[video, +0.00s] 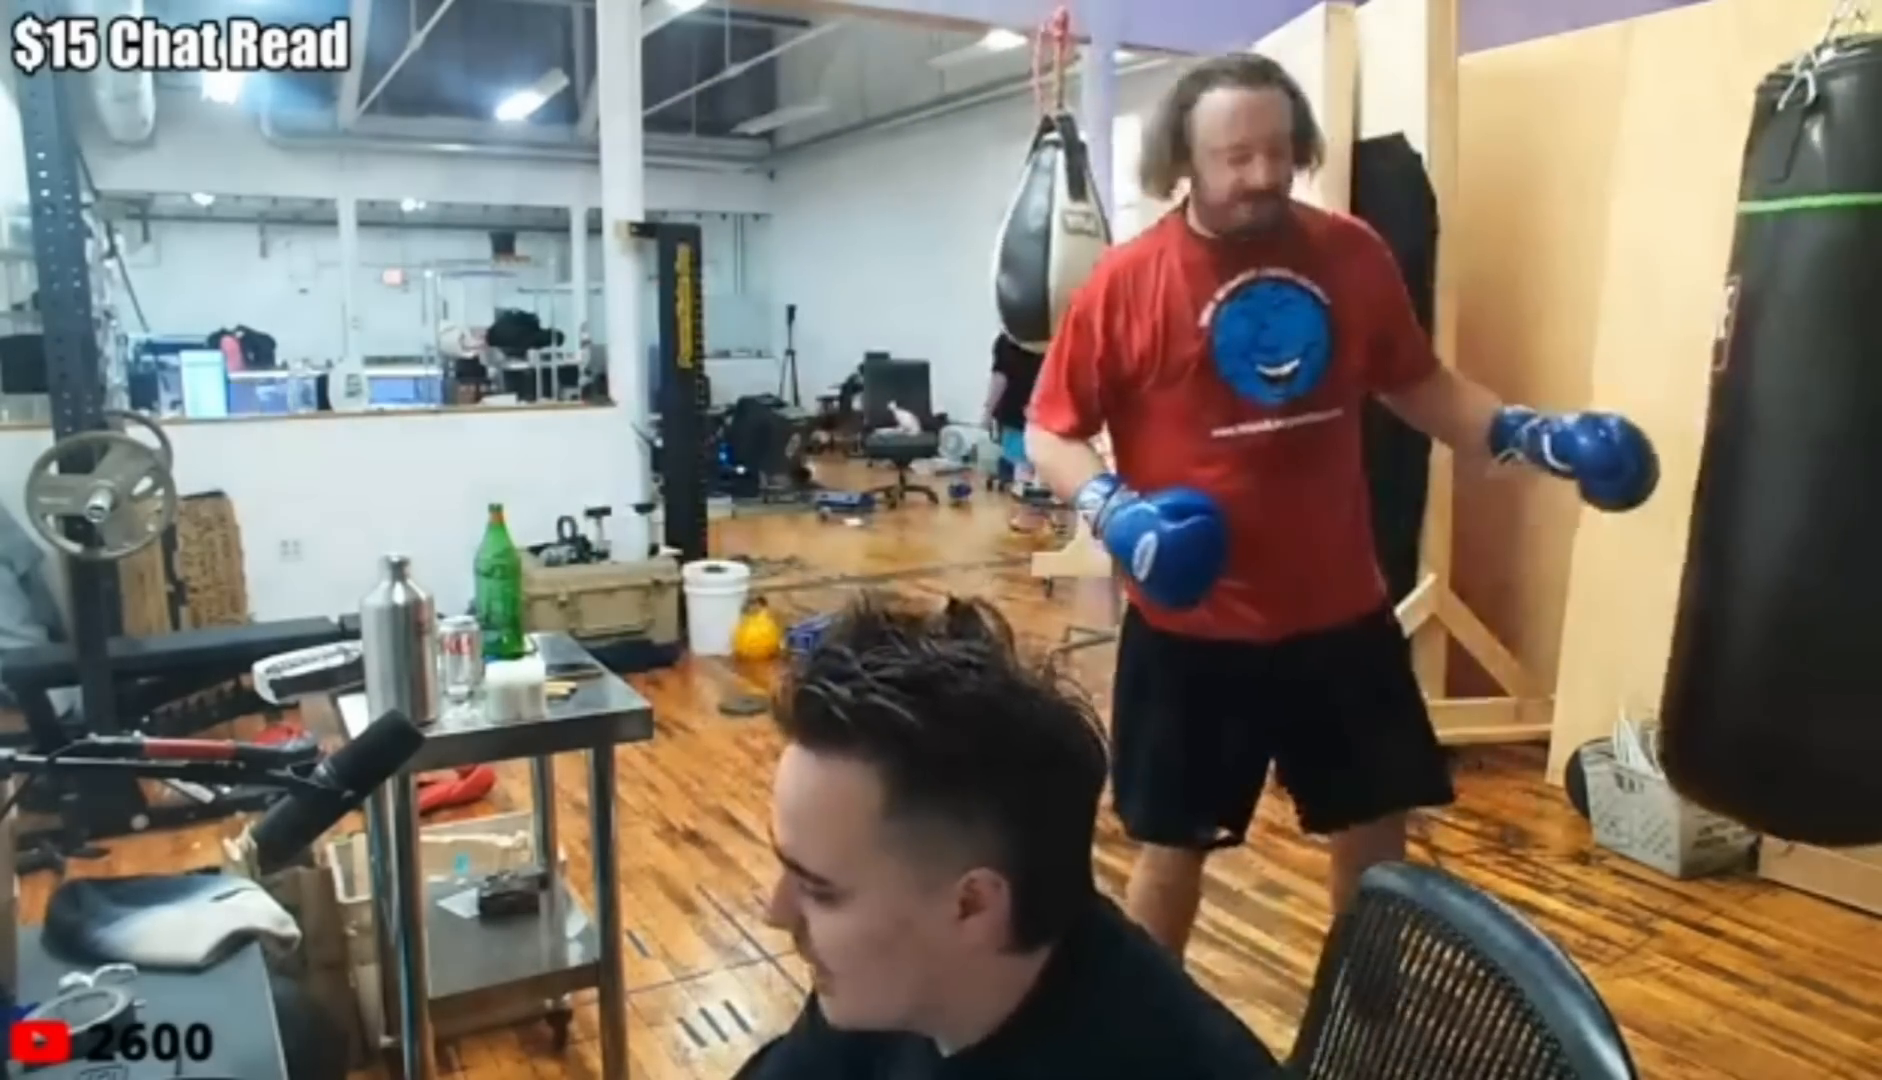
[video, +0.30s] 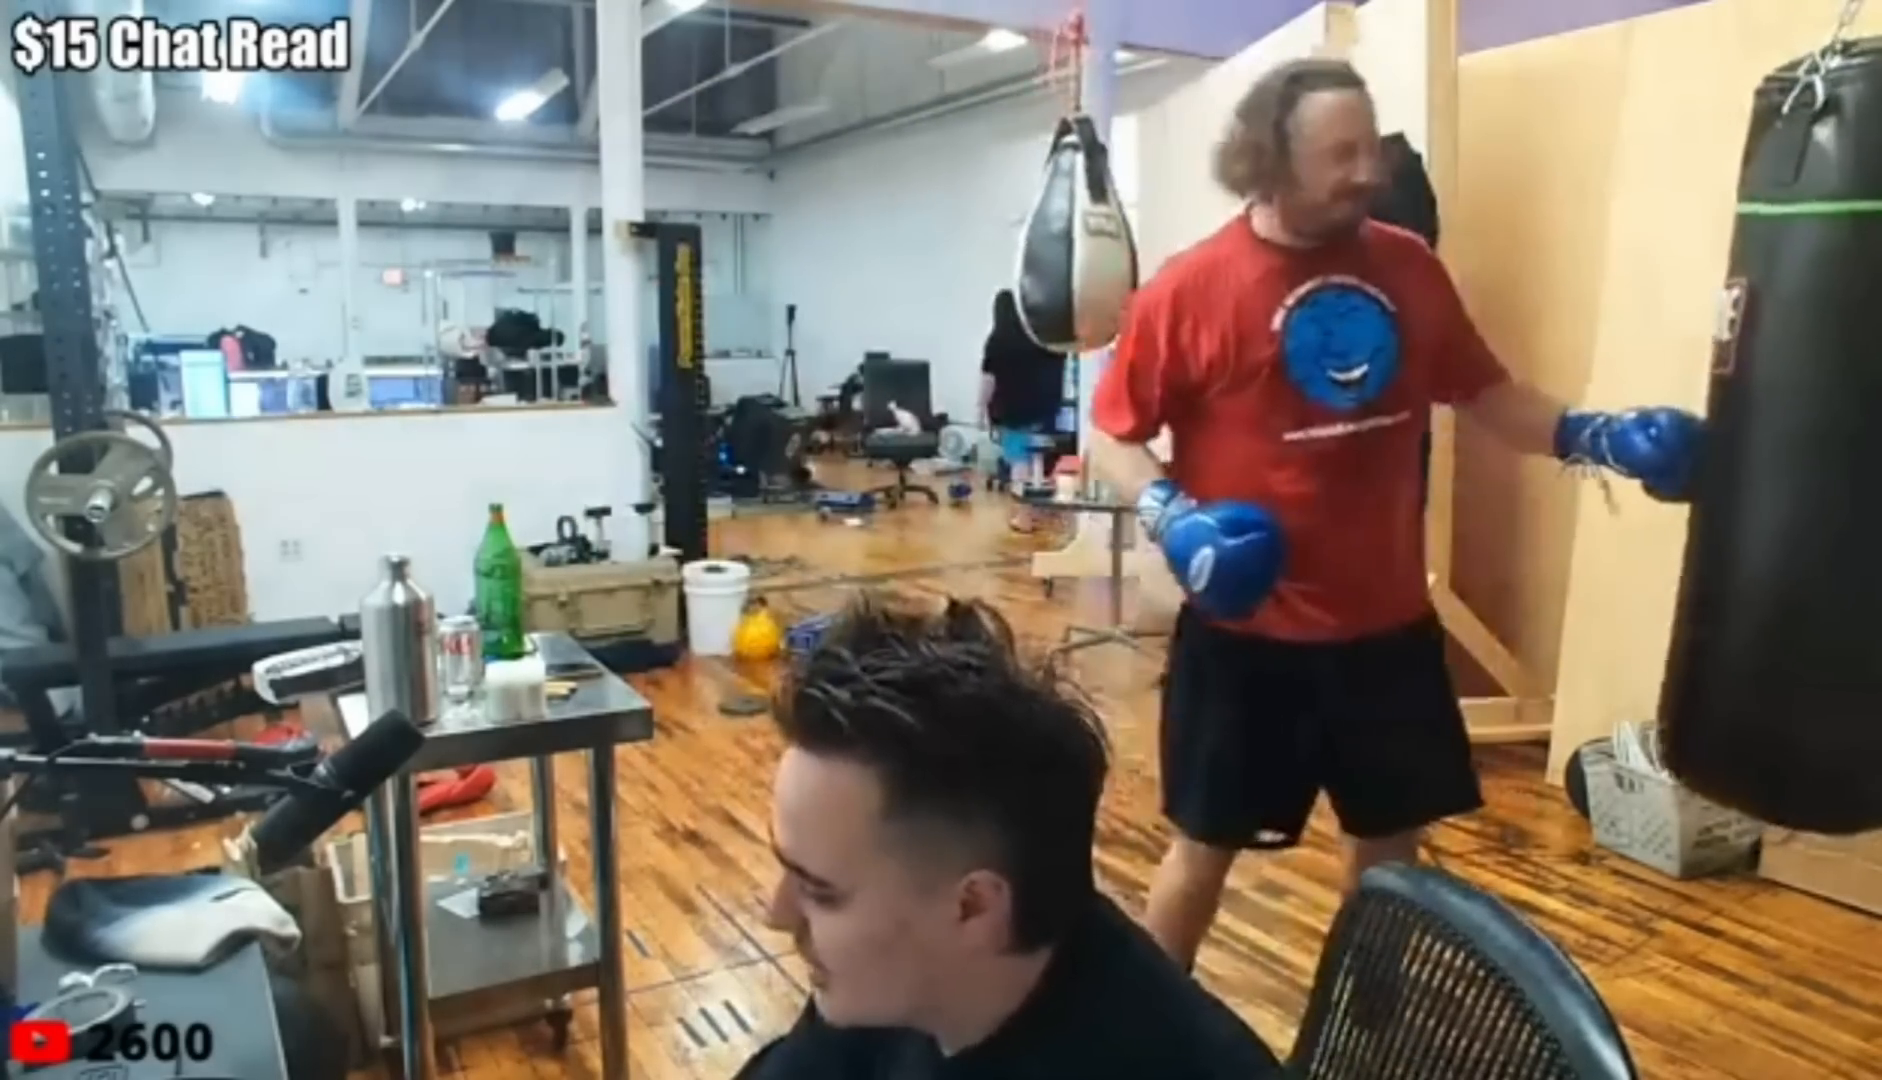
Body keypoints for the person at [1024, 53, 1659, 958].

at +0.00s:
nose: (1261, 176)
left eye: (1278, 153)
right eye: (1236, 156)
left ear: (1299, 154)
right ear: (1185, 162)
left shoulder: (1350, 255)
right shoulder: (1127, 282)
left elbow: (1422, 385)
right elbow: (1050, 431)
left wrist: (1538, 434)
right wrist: (1115, 512)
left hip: (1339, 620)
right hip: (1190, 630)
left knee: (1375, 842)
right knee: (1167, 863)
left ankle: (1377, 1044)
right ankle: (1139, 1054)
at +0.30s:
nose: (1368, 173)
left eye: (1372, 150)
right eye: (1341, 153)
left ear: (1376, 151)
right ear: (1269, 165)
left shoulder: (1405, 268)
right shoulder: (1188, 292)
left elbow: (1490, 397)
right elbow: (1111, 434)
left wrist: (1602, 436)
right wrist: (1173, 519)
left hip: (1385, 631)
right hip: (1244, 635)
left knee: (1390, 854)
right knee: (1200, 858)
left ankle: (1377, 1045)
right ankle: (1145, 1039)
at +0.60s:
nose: (1447, 168)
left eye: (1451, 147)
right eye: (1425, 150)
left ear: (1453, 149)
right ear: (1352, 155)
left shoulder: (1456, 271)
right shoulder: (1264, 279)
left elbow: (1501, 408)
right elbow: (1198, 440)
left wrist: (1566, 452)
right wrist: (1322, 513)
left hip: (1420, 616)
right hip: (1297, 617)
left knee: (1385, 823)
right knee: (1258, 826)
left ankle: (1371, 1013)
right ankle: (1170, 1003)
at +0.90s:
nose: (1451, 169)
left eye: (1456, 148)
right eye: (1431, 150)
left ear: (1454, 149)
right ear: (1357, 150)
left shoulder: (1455, 275)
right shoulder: (1263, 278)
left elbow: (1485, 414)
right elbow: (1204, 444)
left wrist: (1509, 479)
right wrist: (1337, 503)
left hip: (1410, 620)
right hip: (1291, 625)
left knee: (1381, 830)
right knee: (1259, 835)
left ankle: (1367, 1018)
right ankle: (1191, 1015)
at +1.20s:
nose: (1319, 162)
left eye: (1342, 139)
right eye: (1295, 141)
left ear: (1376, 151)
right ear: (1259, 155)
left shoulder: (1423, 268)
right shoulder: (1203, 280)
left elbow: (1456, 418)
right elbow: (1131, 435)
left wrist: (1483, 533)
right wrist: (1200, 532)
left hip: (1378, 628)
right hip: (1240, 629)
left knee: (1376, 847)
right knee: (1219, 856)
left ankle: (1372, 1034)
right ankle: (1181, 1039)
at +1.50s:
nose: (1244, 145)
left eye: (1270, 122)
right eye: (1224, 124)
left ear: (1316, 136)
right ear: (1199, 140)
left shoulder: (1381, 260)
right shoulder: (1148, 273)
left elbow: (1420, 409)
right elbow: (1065, 406)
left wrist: (1477, 554)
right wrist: (1076, 528)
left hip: (1351, 623)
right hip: (1194, 631)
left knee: (1402, 830)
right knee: (1194, 849)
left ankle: (1360, 1040)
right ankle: (1174, 1046)